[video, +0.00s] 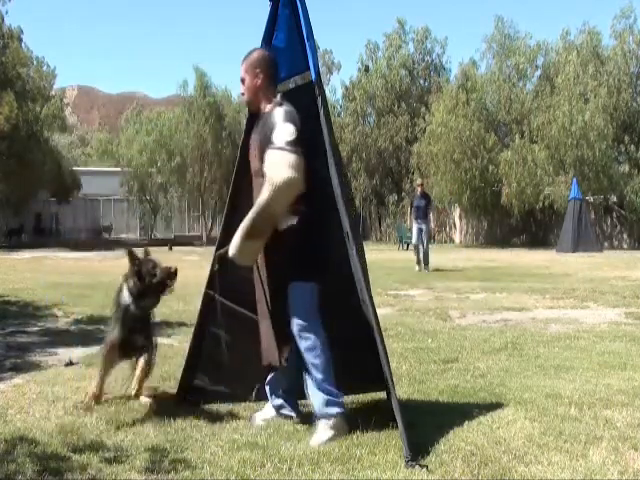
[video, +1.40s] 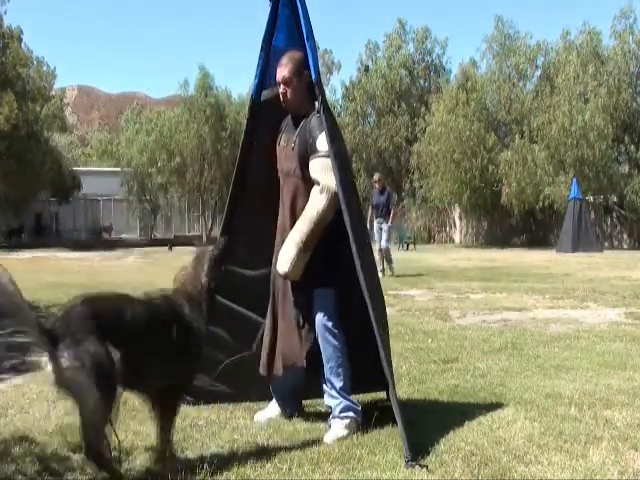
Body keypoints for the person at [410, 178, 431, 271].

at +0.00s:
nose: (420, 188)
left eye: (421, 185)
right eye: (418, 186)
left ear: (423, 186)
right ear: (416, 187)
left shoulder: (427, 197)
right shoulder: (413, 197)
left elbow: (430, 211)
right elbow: (410, 210)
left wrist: (432, 223)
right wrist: (410, 221)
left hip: (425, 221)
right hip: (416, 221)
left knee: (425, 244)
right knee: (415, 243)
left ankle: (426, 264)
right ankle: (417, 263)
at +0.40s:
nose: (407, 187)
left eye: (409, 185)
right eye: (405, 185)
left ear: (412, 185)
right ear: (404, 186)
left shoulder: (417, 196)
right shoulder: (402, 196)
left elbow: (420, 210)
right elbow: (399, 209)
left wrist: (418, 221)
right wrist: (396, 221)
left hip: (414, 221)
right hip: (405, 220)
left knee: (414, 244)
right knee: (407, 245)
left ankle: (419, 261)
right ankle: (410, 265)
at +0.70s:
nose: (401, 186)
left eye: (402, 184)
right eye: (399, 184)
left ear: (405, 185)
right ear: (397, 186)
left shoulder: (410, 196)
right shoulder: (394, 197)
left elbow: (416, 207)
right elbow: (391, 207)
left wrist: (420, 218)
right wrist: (391, 215)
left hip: (407, 220)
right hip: (397, 220)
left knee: (404, 244)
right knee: (403, 244)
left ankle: (404, 265)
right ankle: (409, 263)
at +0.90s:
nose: (395, 184)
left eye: (397, 182)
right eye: (394, 182)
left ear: (401, 182)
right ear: (392, 183)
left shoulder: (405, 194)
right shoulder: (390, 195)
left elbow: (410, 208)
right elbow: (388, 207)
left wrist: (412, 220)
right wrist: (387, 219)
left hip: (403, 220)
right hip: (394, 220)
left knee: (402, 244)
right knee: (392, 243)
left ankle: (403, 267)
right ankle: (399, 263)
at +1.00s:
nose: (393, 184)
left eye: (395, 181)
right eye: (391, 182)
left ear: (398, 182)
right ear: (389, 183)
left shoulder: (402, 194)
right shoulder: (388, 194)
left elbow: (405, 207)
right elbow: (386, 208)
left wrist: (404, 219)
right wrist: (385, 220)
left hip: (400, 221)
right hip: (391, 221)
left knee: (401, 245)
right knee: (389, 243)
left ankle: (403, 267)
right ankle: (390, 266)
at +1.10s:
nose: (389, 185)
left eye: (391, 183)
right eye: (387, 183)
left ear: (395, 184)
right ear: (385, 185)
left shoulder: (398, 194)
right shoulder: (386, 195)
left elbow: (401, 209)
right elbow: (384, 208)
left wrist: (394, 217)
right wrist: (382, 220)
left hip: (398, 222)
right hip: (388, 222)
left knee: (400, 246)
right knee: (386, 245)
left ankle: (402, 267)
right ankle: (383, 267)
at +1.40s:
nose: (377, 184)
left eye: (379, 181)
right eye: (375, 182)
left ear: (383, 181)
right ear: (373, 183)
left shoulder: (390, 194)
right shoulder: (374, 194)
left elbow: (392, 208)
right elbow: (371, 208)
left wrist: (390, 221)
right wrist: (368, 222)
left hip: (386, 220)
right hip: (377, 220)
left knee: (384, 245)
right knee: (378, 246)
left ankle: (390, 264)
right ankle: (380, 268)